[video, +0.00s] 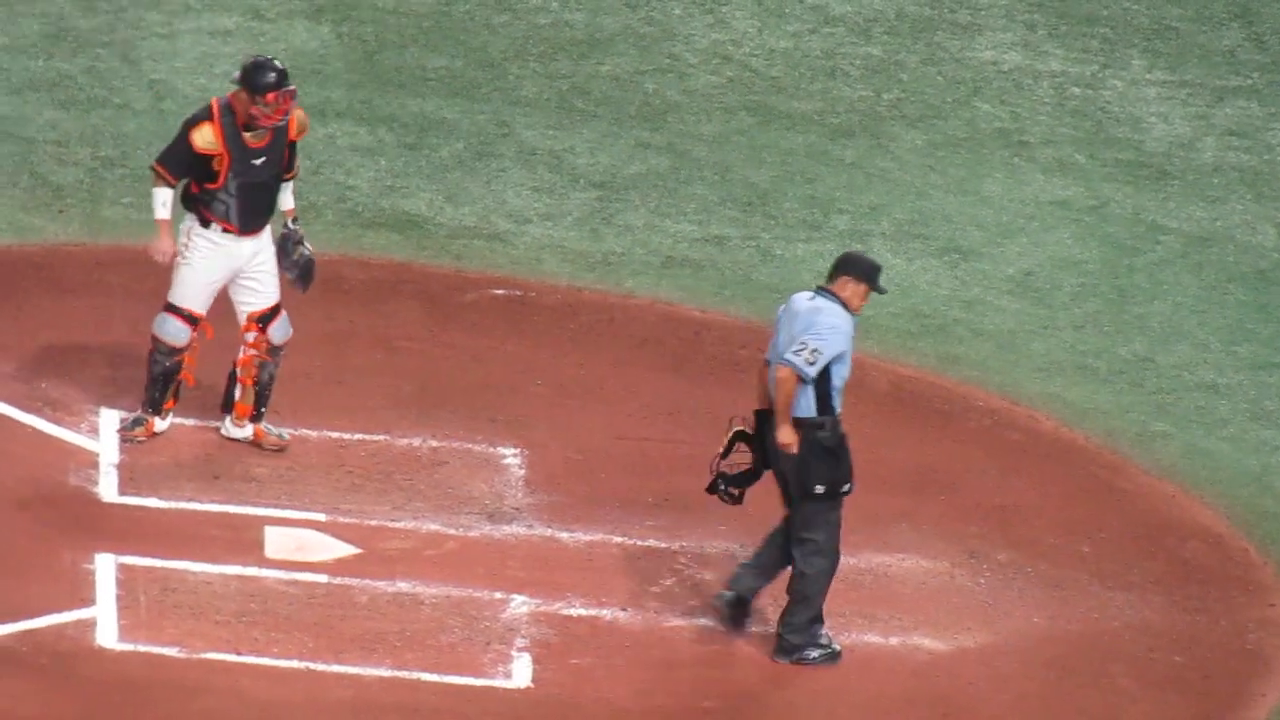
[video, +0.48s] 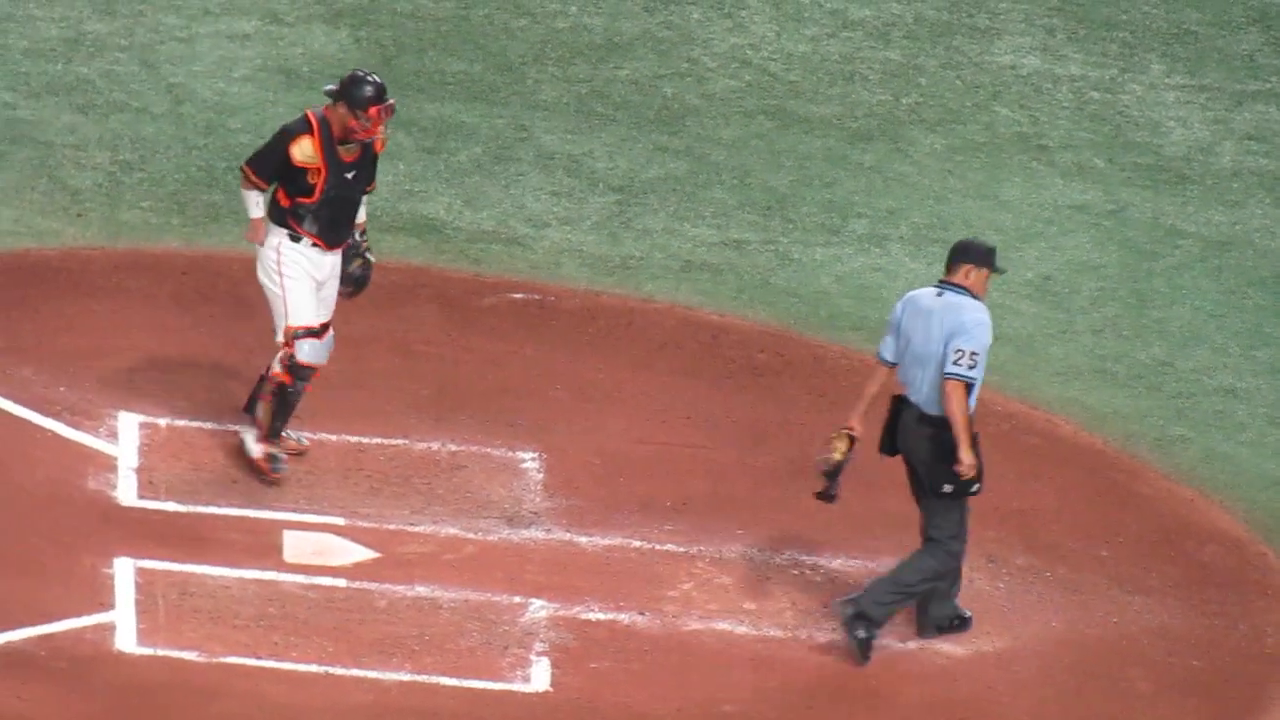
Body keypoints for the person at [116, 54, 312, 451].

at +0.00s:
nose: (278, 105)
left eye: (281, 97)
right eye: (269, 99)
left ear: (283, 95)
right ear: (246, 96)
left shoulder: (288, 124)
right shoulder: (210, 126)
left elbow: (286, 177)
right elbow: (163, 174)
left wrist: (291, 226)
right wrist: (164, 232)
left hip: (257, 242)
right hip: (208, 240)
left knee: (270, 333)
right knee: (174, 329)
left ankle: (243, 420)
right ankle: (154, 413)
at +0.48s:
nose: (373, 122)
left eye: (377, 114)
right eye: (366, 114)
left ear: (376, 111)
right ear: (343, 109)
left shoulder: (369, 142)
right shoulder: (301, 135)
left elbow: (359, 195)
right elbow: (252, 175)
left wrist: (358, 245)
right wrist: (256, 220)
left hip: (330, 256)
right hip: (289, 250)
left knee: (315, 346)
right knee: (304, 347)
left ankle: (267, 418)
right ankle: (261, 436)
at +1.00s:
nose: (446, 156)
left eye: (448, 149)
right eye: (442, 149)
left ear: (431, 143)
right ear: (420, 142)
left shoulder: (431, 166)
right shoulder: (383, 176)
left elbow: (420, 221)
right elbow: (337, 219)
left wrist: (437, 260)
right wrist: (346, 264)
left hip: (412, 282)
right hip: (377, 283)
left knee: (424, 363)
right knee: (378, 379)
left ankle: (341, 410)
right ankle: (354, 472)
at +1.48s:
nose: (544, 157)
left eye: (545, 150)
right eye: (541, 149)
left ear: (522, 144)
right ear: (520, 143)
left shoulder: (519, 175)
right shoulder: (473, 184)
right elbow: (439, 241)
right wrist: (437, 285)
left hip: (499, 299)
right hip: (465, 299)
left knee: (526, 383)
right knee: (438, 396)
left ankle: (508, 476)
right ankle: (369, 465)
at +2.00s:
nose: (605, 173)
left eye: (609, 168)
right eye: (606, 165)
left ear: (592, 150)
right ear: (590, 151)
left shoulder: (575, 172)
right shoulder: (541, 176)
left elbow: (563, 225)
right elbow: (499, 226)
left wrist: (584, 259)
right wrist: (491, 274)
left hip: (537, 286)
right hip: (516, 285)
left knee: (530, 379)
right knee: (544, 381)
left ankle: (503, 464)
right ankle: (516, 472)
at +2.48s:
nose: (622, 211)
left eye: (627, 206)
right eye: (623, 203)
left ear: (613, 181)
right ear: (609, 187)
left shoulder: (590, 183)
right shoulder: (559, 209)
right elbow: (517, 259)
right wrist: (504, 306)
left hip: (547, 311)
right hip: (530, 313)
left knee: (548, 394)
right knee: (534, 413)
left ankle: (517, 469)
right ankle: (506, 509)